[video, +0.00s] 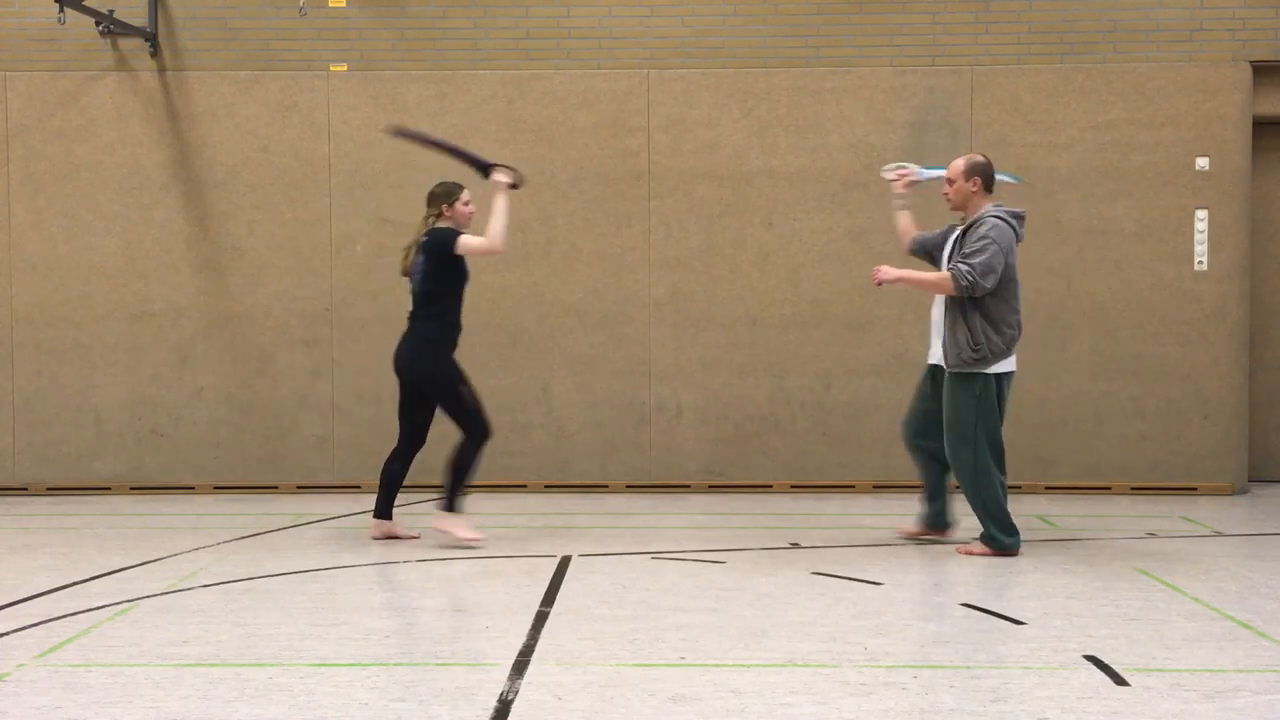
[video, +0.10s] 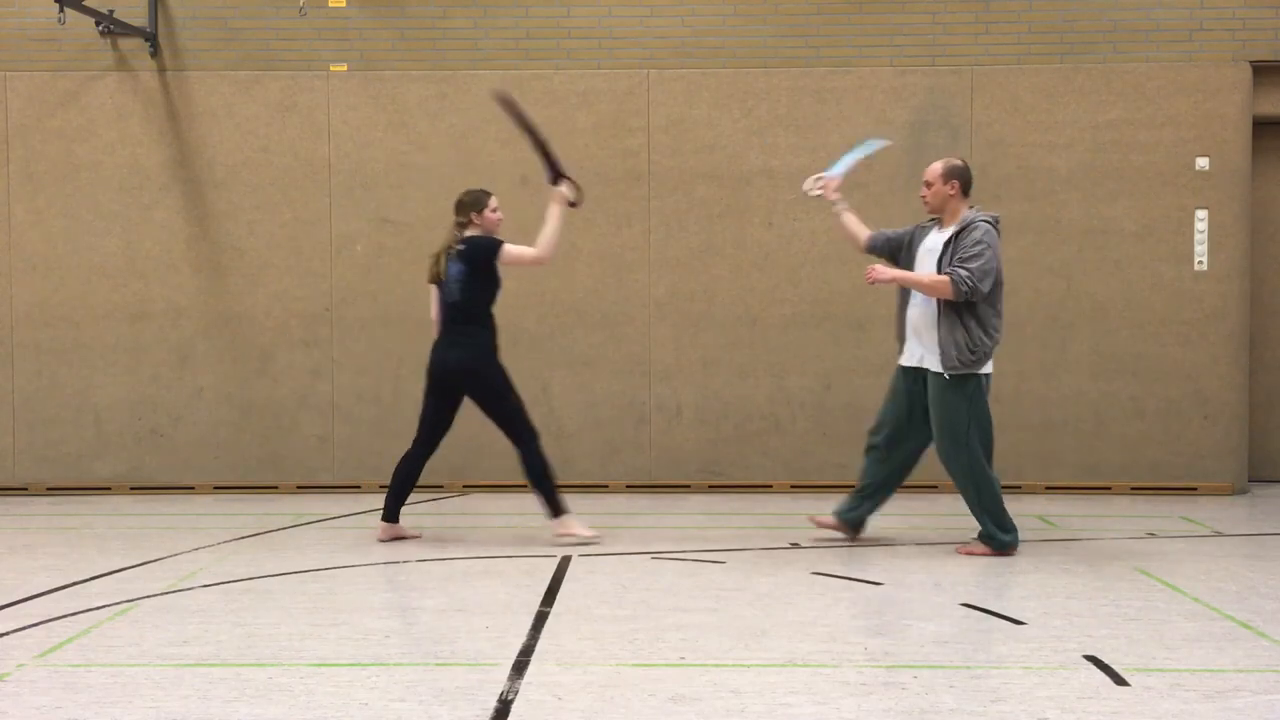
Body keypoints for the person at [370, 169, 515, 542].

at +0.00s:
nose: (472, 209)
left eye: (470, 203)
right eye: (466, 204)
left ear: (444, 210)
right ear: (446, 209)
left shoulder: (428, 241)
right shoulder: (442, 239)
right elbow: (493, 242)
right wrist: (500, 190)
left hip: (413, 354)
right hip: (430, 357)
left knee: (410, 440)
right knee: (477, 430)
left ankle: (381, 520)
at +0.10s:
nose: (500, 216)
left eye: (499, 210)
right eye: (495, 211)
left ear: (469, 218)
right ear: (476, 216)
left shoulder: (444, 256)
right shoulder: (484, 247)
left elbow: (437, 317)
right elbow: (540, 254)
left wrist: (451, 352)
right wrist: (558, 201)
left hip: (444, 360)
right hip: (477, 361)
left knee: (424, 442)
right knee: (525, 437)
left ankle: (388, 522)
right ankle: (562, 519)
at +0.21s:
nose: (527, 227)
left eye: (524, 221)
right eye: (520, 222)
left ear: (495, 231)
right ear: (502, 229)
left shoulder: (468, 269)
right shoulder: (513, 260)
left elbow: (460, 333)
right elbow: (576, 266)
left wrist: (465, 376)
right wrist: (603, 219)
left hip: (478, 375)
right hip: (515, 375)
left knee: (442, 450)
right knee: (567, 446)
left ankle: (393, 522)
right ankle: (599, 526)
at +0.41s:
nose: (574, 232)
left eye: (571, 226)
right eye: (567, 227)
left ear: (540, 235)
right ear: (548, 234)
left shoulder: (517, 273)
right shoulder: (561, 265)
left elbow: (498, 334)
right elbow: (621, 286)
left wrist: (492, 377)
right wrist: (653, 248)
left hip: (519, 380)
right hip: (558, 379)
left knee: (480, 455)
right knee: (607, 444)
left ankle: (428, 528)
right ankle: (604, 529)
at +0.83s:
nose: (604, 234)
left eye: (603, 227)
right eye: (599, 228)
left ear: (574, 233)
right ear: (581, 232)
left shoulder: (549, 267)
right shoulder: (581, 267)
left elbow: (541, 321)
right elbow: (638, 293)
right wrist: (665, 247)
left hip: (525, 373)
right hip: (557, 377)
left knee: (492, 451)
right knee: (616, 442)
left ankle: (445, 529)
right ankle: (601, 528)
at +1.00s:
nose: (632, 241)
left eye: (631, 235)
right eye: (627, 236)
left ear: (604, 242)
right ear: (607, 242)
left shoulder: (585, 277)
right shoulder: (605, 273)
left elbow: (580, 337)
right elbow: (662, 288)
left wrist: (610, 372)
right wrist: (683, 241)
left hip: (555, 381)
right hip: (578, 385)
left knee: (518, 455)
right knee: (634, 448)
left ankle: (451, 518)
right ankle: (601, 527)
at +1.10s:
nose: (653, 235)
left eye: (653, 230)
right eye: (648, 230)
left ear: (627, 236)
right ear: (629, 234)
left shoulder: (613, 269)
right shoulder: (624, 264)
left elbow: (614, 337)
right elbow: (677, 271)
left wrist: (651, 374)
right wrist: (696, 228)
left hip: (582, 378)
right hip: (600, 381)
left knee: (566, 458)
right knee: (643, 452)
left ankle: (489, 499)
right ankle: (601, 528)